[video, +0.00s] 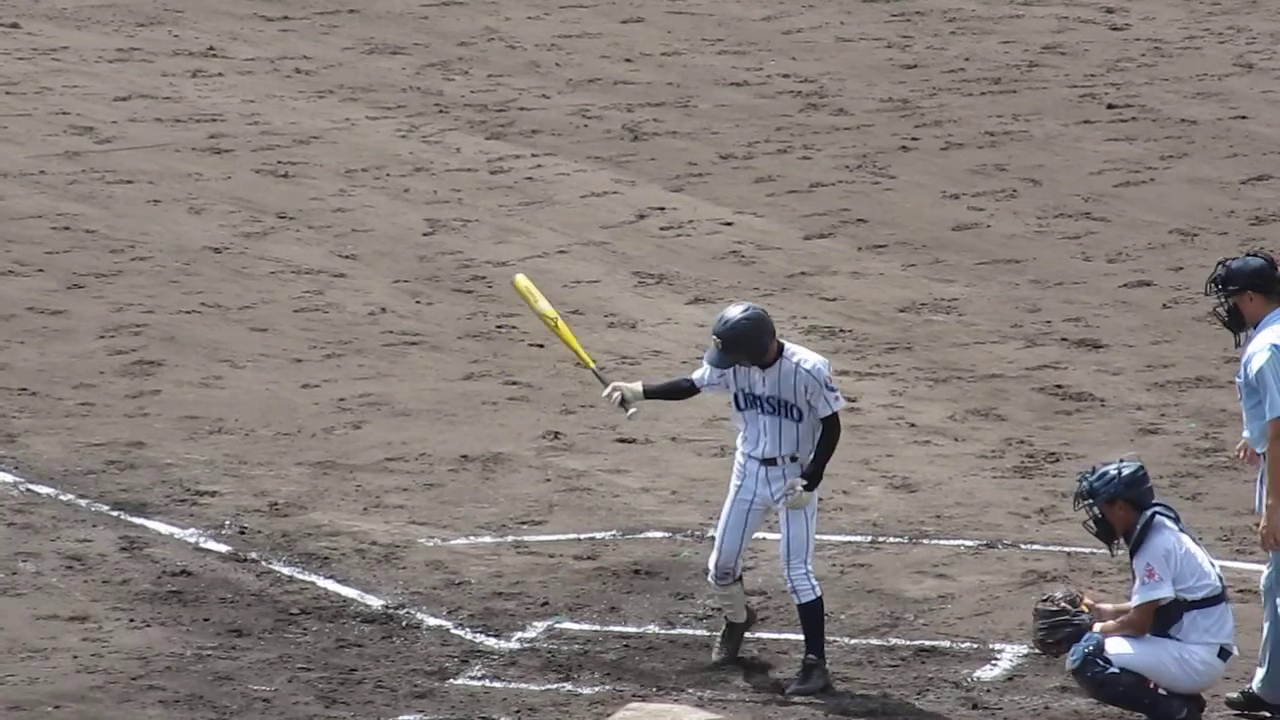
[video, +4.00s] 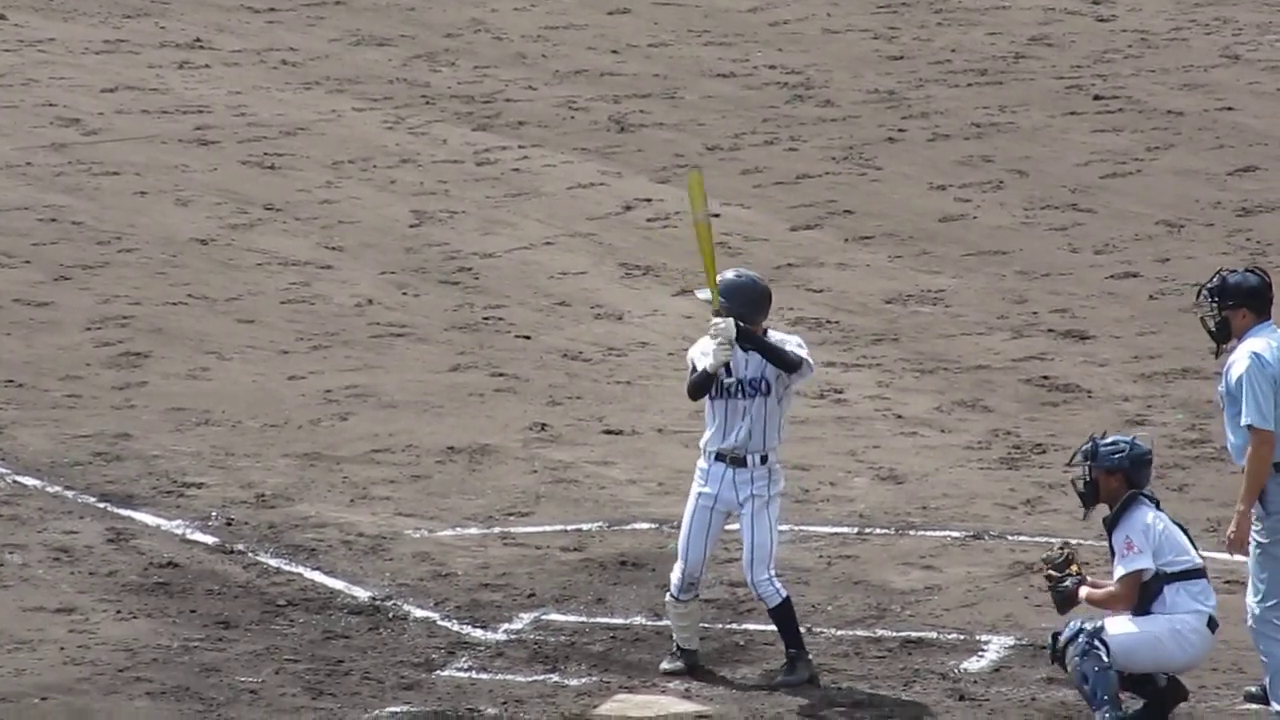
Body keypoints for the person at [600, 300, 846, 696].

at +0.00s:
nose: (735, 365)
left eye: (739, 358)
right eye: (732, 358)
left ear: (761, 347)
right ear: (732, 348)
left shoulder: (809, 370)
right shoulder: (734, 364)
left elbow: (832, 427)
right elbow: (690, 384)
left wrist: (809, 480)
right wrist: (637, 390)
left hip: (795, 479)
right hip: (748, 476)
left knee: (798, 573)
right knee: (722, 567)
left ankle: (815, 665)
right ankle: (737, 621)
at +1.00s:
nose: (713, 303)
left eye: (722, 297)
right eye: (713, 295)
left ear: (746, 302)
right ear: (722, 299)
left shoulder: (789, 349)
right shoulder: (706, 350)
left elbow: (796, 412)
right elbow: (715, 404)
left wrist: (778, 413)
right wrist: (742, 414)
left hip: (766, 471)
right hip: (719, 469)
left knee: (790, 567)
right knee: (704, 566)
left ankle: (812, 666)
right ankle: (696, 659)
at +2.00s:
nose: (730, 293)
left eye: (740, 286)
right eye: (725, 285)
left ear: (760, 291)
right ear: (719, 291)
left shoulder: (782, 331)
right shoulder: (709, 338)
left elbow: (776, 357)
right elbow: (699, 388)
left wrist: (719, 353)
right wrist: (694, 376)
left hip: (760, 463)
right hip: (713, 461)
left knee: (784, 562)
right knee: (697, 560)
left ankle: (808, 661)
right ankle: (692, 653)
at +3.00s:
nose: (704, 306)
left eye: (710, 300)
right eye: (706, 299)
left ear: (730, 306)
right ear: (739, 306)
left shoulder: (769, 351)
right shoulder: (713, 348)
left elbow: (722, 399)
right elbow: (683, 402)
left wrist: (671, 372)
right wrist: (657, 392)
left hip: (754, 474)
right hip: (713, 470)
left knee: (763, 578)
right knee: (694, 567)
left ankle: (801, 664)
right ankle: (686, 657)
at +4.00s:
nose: (717, 317)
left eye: (723, 312)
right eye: (717, 312)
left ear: (742, 316)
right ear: (748, 313)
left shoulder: (784, 346)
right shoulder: (707, 347)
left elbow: (799, 369)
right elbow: (693, 392)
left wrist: (744, 337)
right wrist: (715, 365)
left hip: (759, 476)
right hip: (711, 472)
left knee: (761, 577)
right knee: (685, 572)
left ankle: (799, 660)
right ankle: (686, 651)